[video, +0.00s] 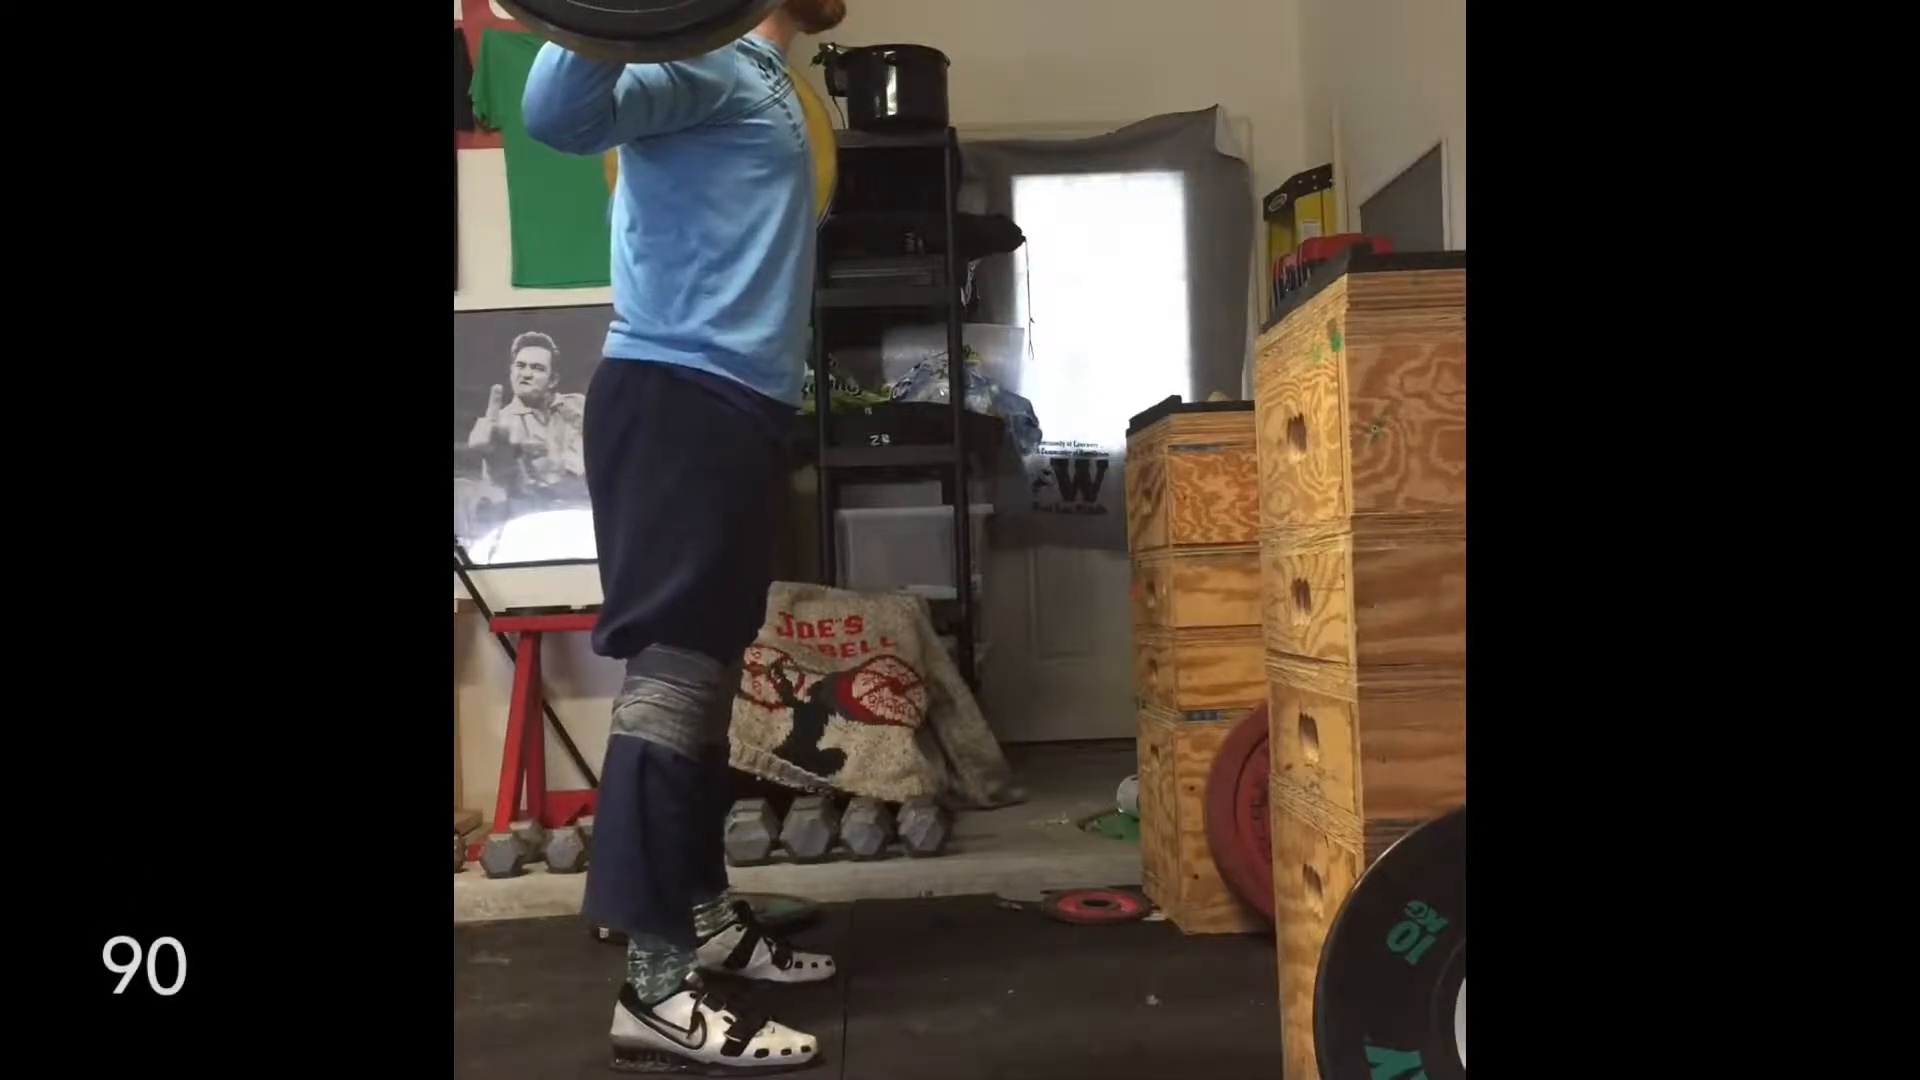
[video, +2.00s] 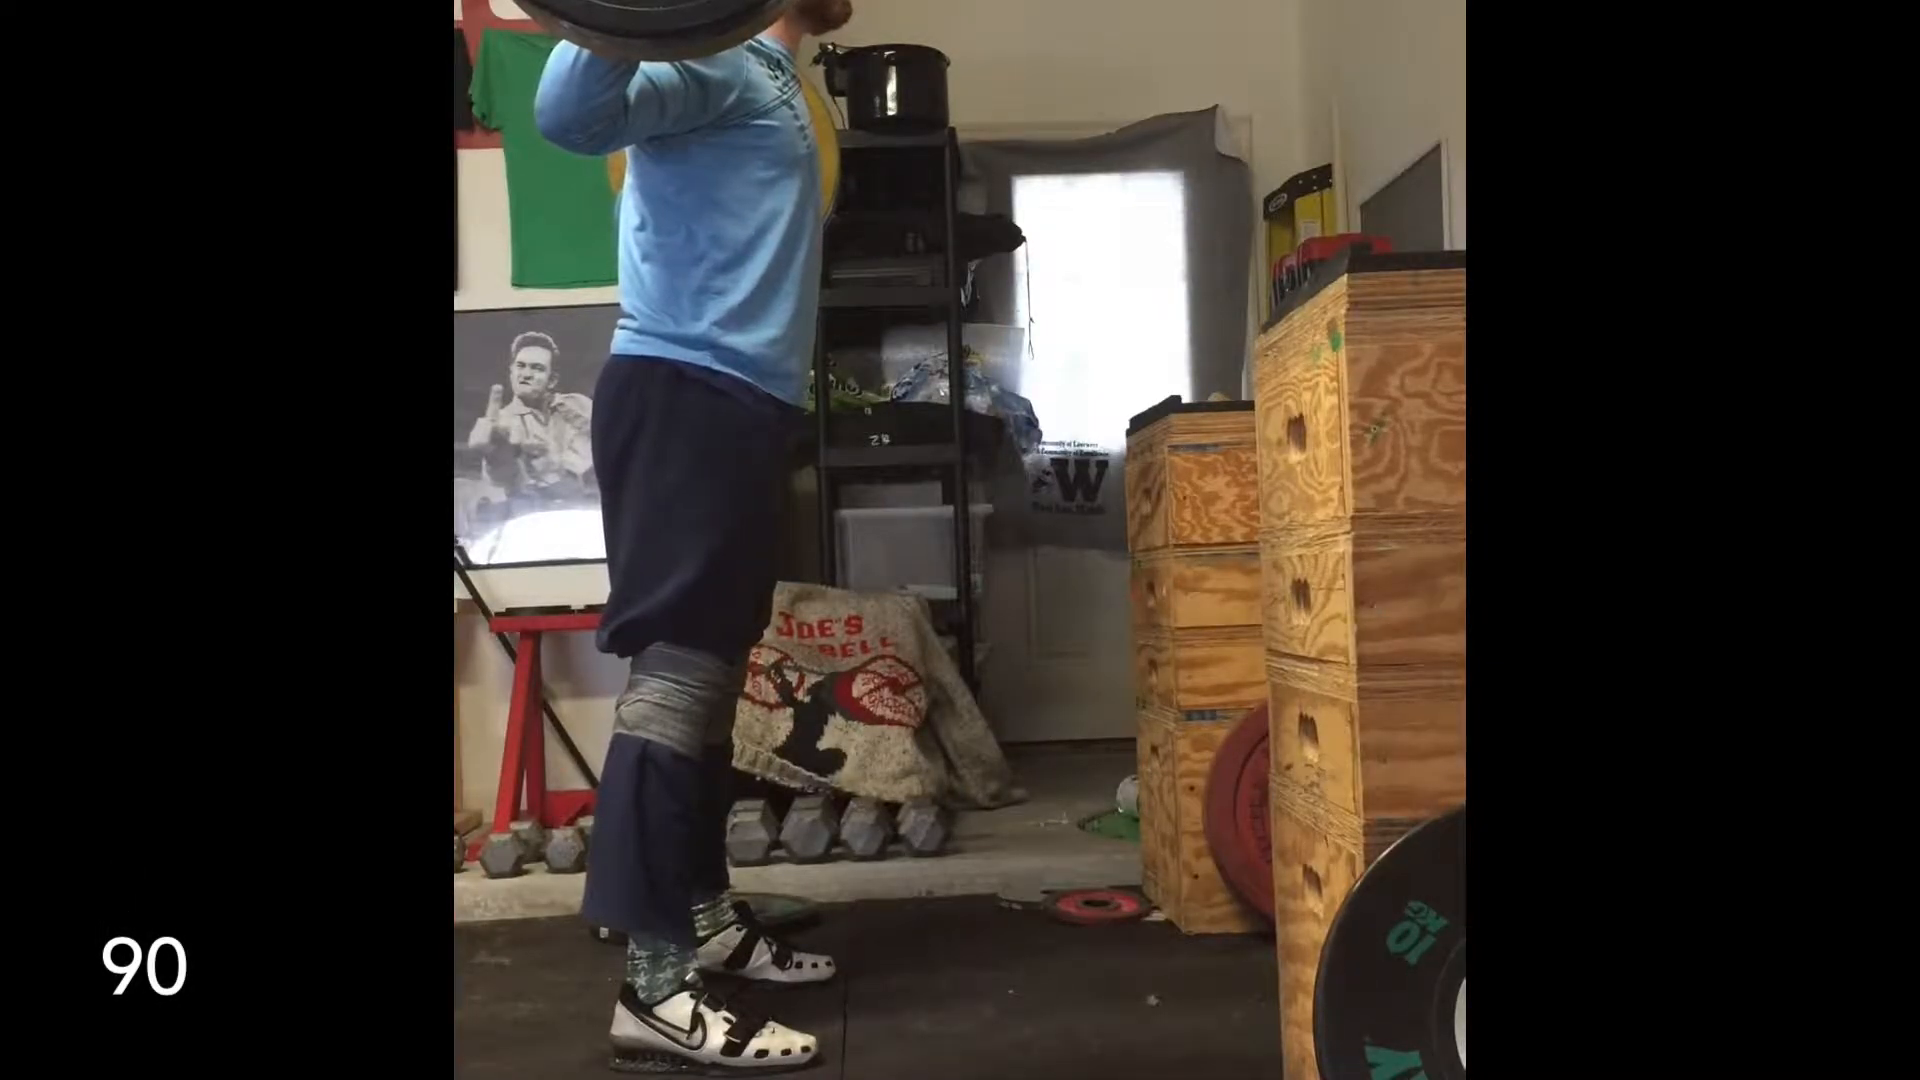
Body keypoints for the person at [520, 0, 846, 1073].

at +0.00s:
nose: (840, 7)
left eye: (839, 1)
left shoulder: (769, 79)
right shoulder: (703, 65)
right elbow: (555, 115)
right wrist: (611, 4)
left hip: (735, 406)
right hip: (680, 400)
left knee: (705, 673)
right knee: (676, 678)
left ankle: (701, 919)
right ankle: (656, 981)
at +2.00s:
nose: (848, 5)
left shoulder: (780, 80)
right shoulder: (716, 66)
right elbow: (566, 115)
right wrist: (620, 0)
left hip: (741, 407)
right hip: (686, 400)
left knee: (708, 674)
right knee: (677, 681)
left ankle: (701, 916)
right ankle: (657, 981)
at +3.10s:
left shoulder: (791, 66)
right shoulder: (727, 55)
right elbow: (609, 131)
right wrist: (640, 21)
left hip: (762, 393)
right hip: (701, 387)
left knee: (755, 658)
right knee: (746, 659)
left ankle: (705, 920)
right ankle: (659, 980)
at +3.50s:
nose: (872, 226)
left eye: (876, 206)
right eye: (863, 200)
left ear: (822, 194)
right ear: (799, 179)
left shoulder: (810, 295)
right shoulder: (726, 246)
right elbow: (711, 104)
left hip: (695, 568)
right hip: (616, 559)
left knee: (833, 694)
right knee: (816, 716)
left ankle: (736, 922)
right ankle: (666, 984)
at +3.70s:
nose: (877, 277)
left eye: (879, 257)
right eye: (867, 253)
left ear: (821, 247)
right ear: (804, 237)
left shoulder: (811, 348)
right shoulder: (734, 309)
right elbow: (727, 173)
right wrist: (717, 40)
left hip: (697, 613)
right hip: (614, 611)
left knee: (842, 703)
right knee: (827, 730)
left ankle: (739, 915)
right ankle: (665, 987)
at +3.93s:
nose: (895, 339)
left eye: (898, 319)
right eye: (885, 315)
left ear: (837, 311)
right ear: (825, 304)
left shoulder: (835, 421)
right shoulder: (750, 373)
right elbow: (745, 238)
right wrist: (730, 89)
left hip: (707, 669)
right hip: (621, 671)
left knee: (864, 714)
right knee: (840, 745)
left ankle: (750, 922)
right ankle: (675, 987)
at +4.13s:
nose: (906, 393)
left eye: (907, 373)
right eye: (893, 370)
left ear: (841, 366)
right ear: (832, 361)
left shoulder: (838, 473)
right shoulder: (756, 431)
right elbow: (753, 300)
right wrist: (740, 152)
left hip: (708, 724)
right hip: (623, 733)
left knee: (869, 718)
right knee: (855, 758)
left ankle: (750, 927)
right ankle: (677, 988)